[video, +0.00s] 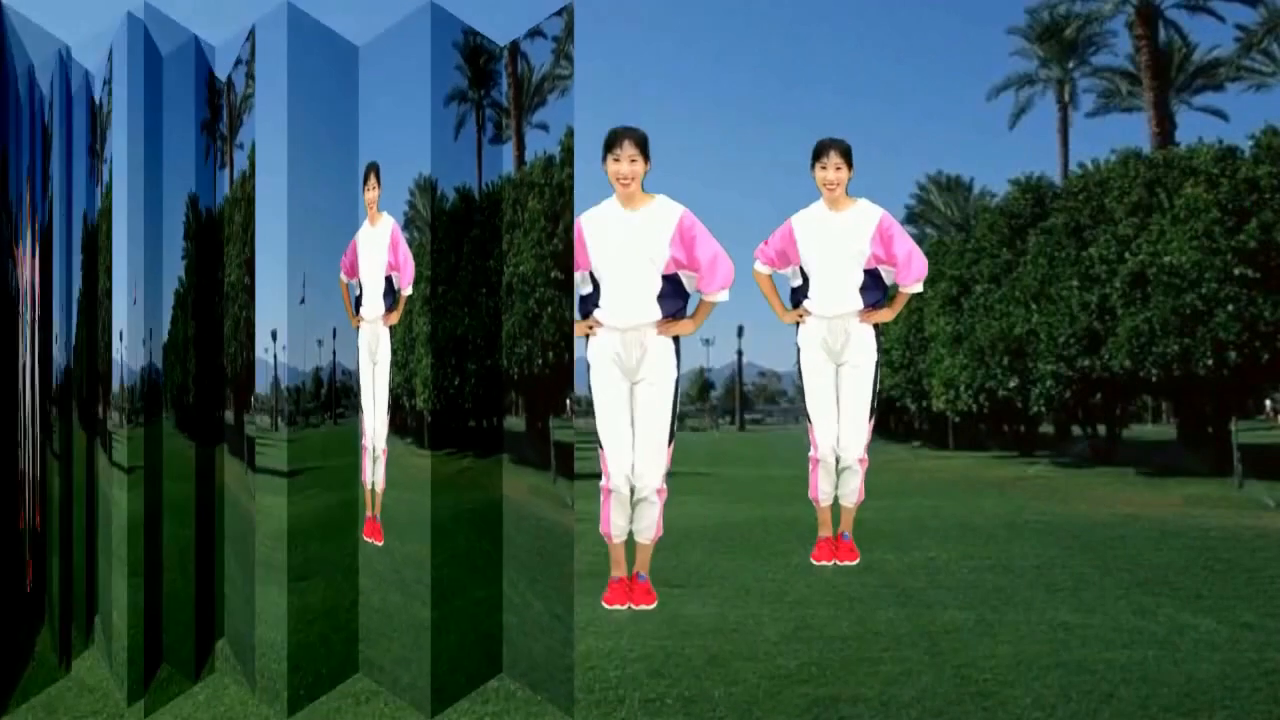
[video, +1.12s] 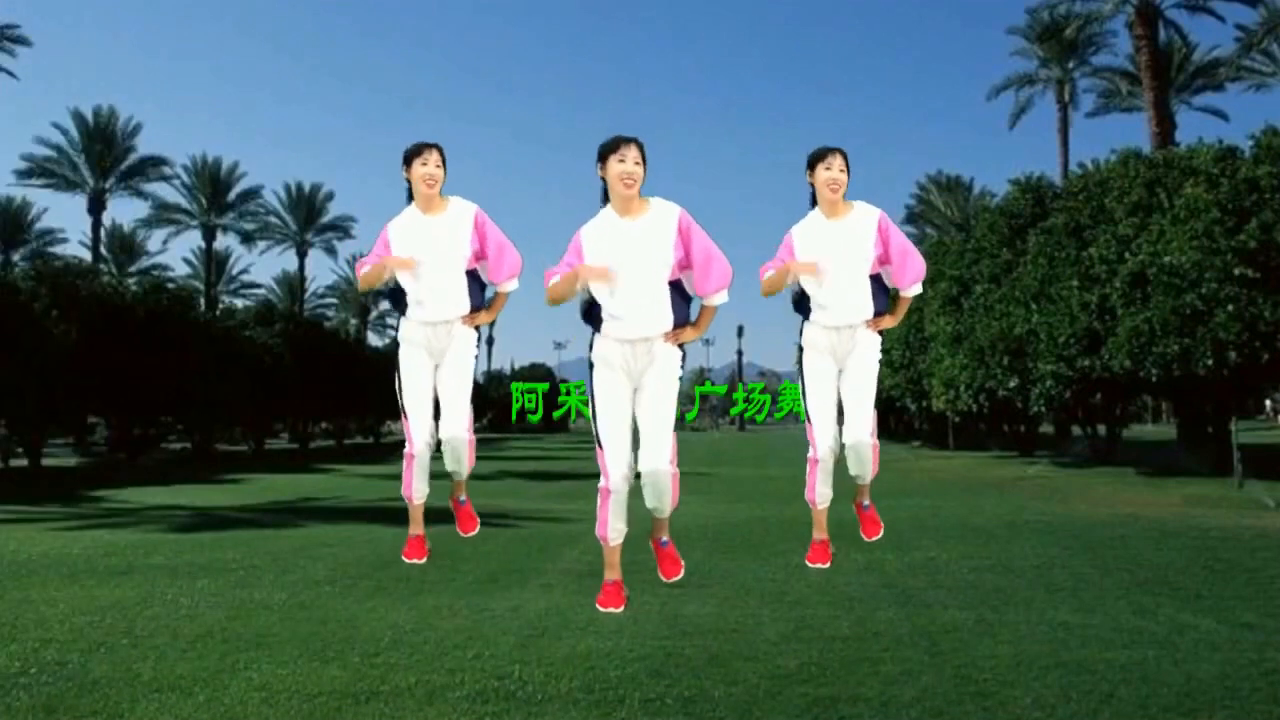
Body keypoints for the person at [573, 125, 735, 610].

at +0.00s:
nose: (625, 168)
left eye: (633, 159)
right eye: (616, 159)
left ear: (646, 165)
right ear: (605, 166)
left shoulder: (672, 216)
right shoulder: (587, 225)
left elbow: (720, 269)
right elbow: (562, 278)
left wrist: (694, 321)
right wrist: (573, 320)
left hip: (657, 347)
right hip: (606, 348)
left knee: (651, 468)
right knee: (616, 466)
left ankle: (641, 574)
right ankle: (617, 574)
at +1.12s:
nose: (630, 168)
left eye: (636, 162)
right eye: (620, 161)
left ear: (645, 172)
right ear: (603, 172)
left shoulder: (671, 218)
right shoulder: (591, 233)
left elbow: (716, 272)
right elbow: (553, 294)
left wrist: (698, 327)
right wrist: (578, 276)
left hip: (661, 349)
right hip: (611, 350)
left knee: (657, 463)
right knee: (616, 465)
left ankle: (661, 536)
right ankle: (611, 574)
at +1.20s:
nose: (632, 160)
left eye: (638, 152)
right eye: (622, 152)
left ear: (647, 161)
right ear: (604, 160)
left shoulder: (671, 205)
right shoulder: (591, 216)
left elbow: (720, 256)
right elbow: (555, 268)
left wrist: (703, 310)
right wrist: (586, 213)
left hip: (667, 338)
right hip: (617, 342)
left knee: (673, 458)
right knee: (619, 461)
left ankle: (682, 532)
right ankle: (611, 575)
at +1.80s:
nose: (644, 141)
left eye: (650, 133)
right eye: (635, 134)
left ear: (660, 138)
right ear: (617, 143)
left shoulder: (690, 177)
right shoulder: (613, 188)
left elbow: (739, 223)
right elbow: (605, 222)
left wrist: (723, 281)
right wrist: (612, 162)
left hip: (688, 306)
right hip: (639, 308)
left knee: (694, 447)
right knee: (632, 442)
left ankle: (688, 493)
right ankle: (622, 561)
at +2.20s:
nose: (653, 151)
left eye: (657, 141)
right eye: (643, 142)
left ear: (667, 148)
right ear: (626, 152)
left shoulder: (697, 196)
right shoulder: (617, 200)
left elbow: (737, 249)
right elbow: (656, 217)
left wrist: (722, 298)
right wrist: (650, 150)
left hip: (690, 320)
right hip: (640, 320)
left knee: (701, 457)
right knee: (634, 456)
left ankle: (698, 528)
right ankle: (626, 571)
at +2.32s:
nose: (658, 156)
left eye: (666, 149)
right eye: (649, 148)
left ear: (677, 157)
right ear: (632, 155)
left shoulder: (701, 199)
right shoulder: (622, 203)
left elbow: (743, 249)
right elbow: (676, 212)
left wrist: (731, 296)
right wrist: (710, 158)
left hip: (704, 320)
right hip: (655, 324)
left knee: (715, 451)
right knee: (652, 459)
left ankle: (726, 560)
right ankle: (630, 573)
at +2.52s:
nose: (665, 173)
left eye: (672, 166)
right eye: (655, 166)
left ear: (681, 174)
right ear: (639, 174)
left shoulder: (704, 221)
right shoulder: (630, 224)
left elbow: (752, 272)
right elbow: (683, 244)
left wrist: (730, 324)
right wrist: (745, 219)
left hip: (709, 353)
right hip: (658, 355)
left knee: (715, 471)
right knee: (660, 477)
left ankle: (725, 566)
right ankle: (629, 577)